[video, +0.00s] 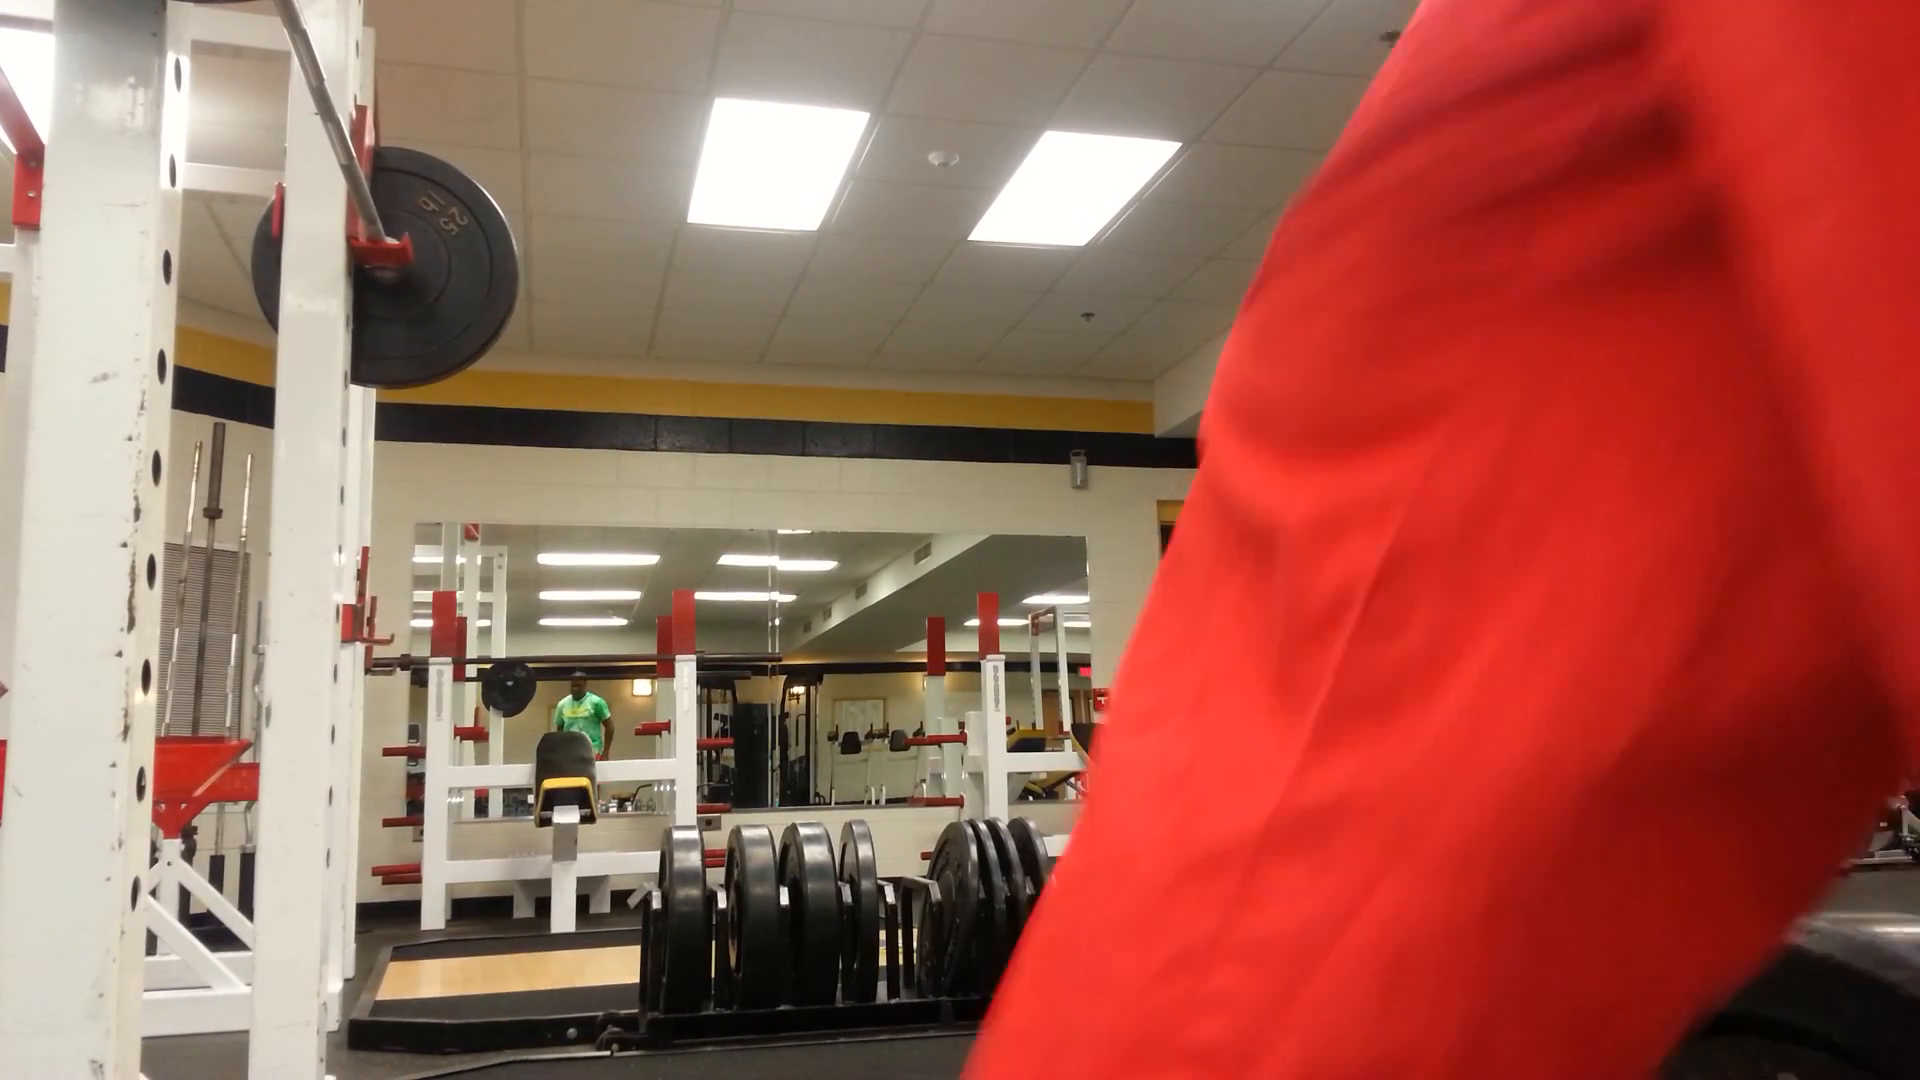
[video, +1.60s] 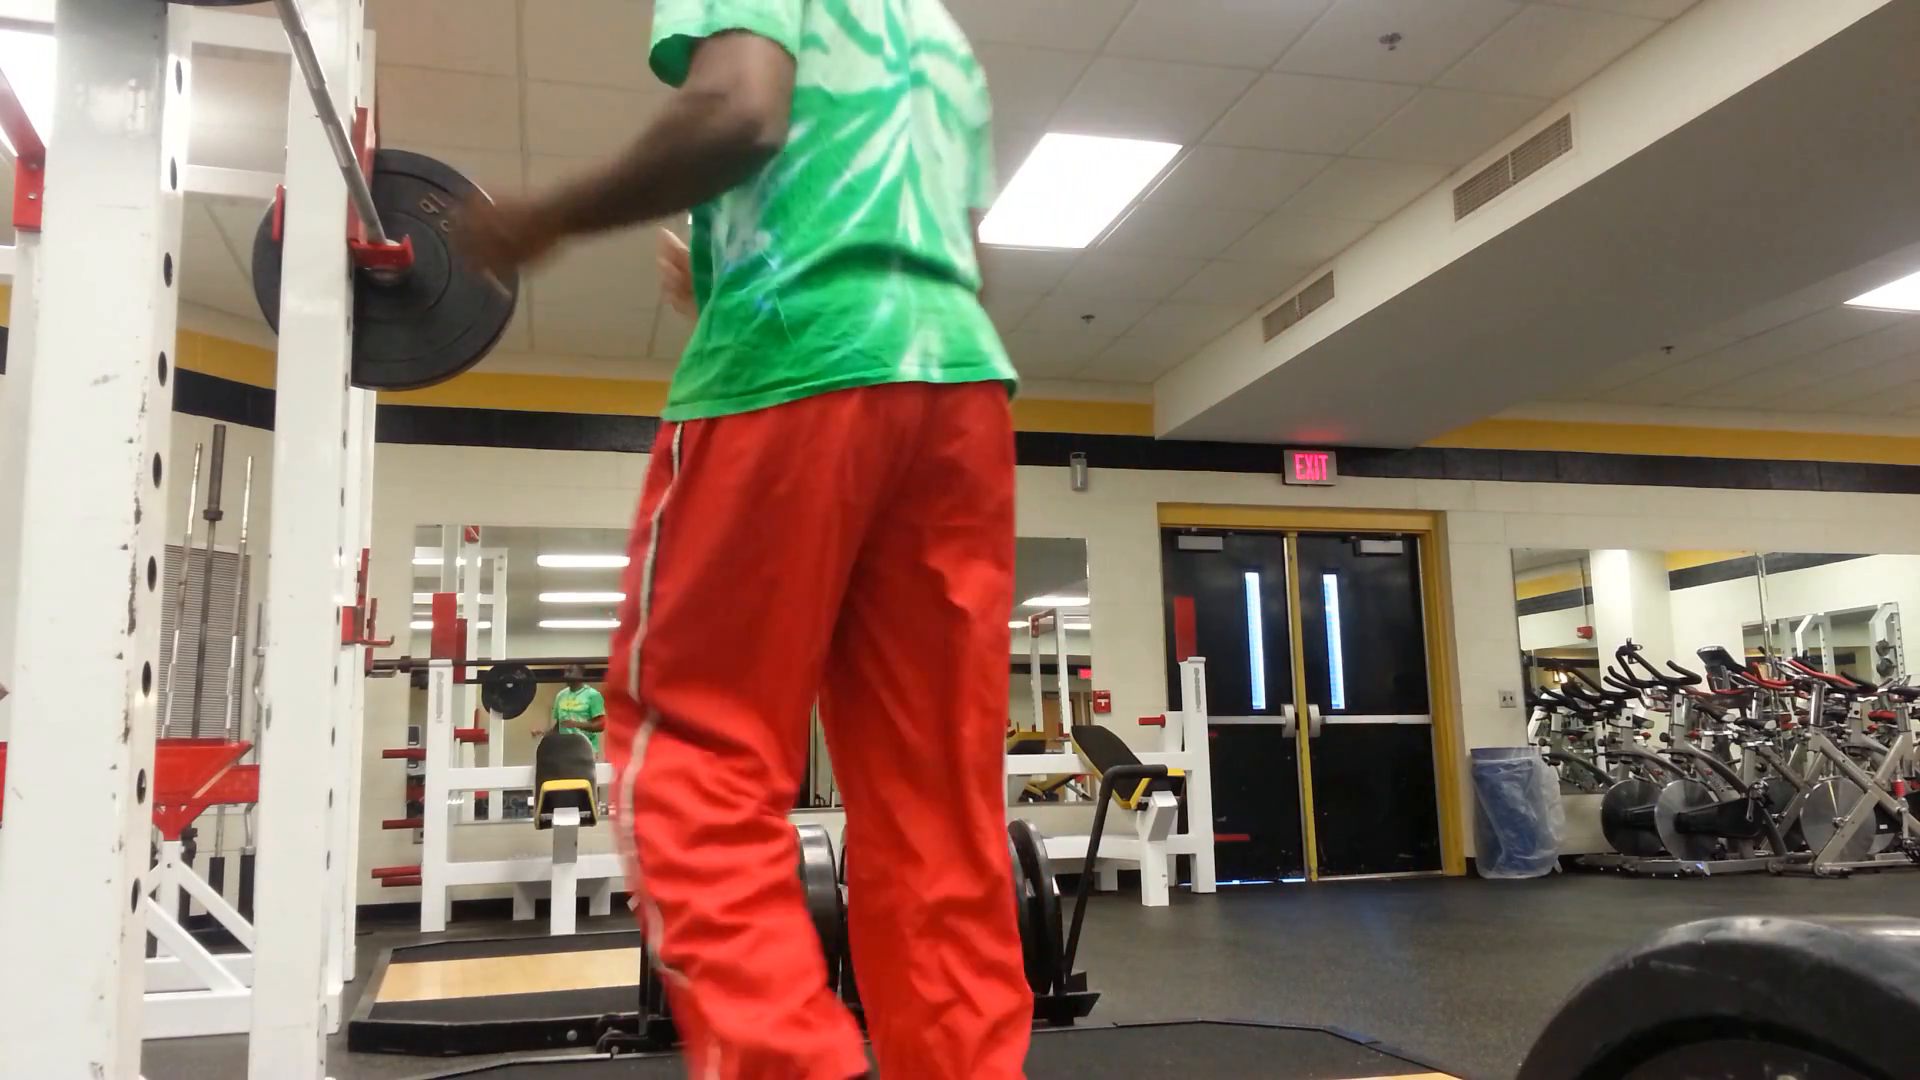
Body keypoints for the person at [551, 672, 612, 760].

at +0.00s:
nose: (574, 689)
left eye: (578, 685)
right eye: (572, 685)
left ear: (585, 685)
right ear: (570, 686)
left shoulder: (597, 702)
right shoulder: (562, 704)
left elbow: (609, 727)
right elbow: (559, 731)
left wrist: (605, 754)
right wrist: (560, 752)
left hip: (592, 753)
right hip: (570, 753)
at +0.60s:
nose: (575, 685)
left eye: (579, 682)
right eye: (572, 682)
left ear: (585, 682)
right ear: (569, 682)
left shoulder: (598, 701)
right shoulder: (560, 701)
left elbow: (610, 728)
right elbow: (556, 730)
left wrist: (599, 751)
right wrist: (557, 751)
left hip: (590, 751)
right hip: (567, 751)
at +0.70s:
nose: (576, 685)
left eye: (579, 682)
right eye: (573, 682)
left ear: (585, 682)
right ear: (569, 682)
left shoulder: (597, 700)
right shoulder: (560, 700)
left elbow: (609, 726)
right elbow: (555, 727)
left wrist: (593, 746)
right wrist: (555, 748)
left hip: (588, 752)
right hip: (566, 752)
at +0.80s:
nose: (574, 684)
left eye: (578, 681)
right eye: (572, 681)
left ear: (584, 681)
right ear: (569, 681)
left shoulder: (597, 700)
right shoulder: (560, 700)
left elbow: (607, 726)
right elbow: (555, 727)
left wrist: (588, 737)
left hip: (589, 751)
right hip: (566, 751)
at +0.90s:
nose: (572, 684)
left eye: (575, 681)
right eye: (570, 681)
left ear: (582, 681)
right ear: (567, 681)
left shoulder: (596, 700)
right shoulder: (559, 700)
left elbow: (605, 728)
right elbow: (555, 725)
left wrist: (582, 726)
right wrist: (550, 746)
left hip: (588, 752)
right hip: (565, 752)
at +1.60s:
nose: (566, 674)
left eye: (570, 671)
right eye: (566, 671)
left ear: (581, 674)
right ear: (564, 673)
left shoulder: (593, 695)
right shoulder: (561, 695)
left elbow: (600, 724)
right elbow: (560, 723)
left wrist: (575, 724)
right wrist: (546, 734)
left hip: (587, 749)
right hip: (565, 749)